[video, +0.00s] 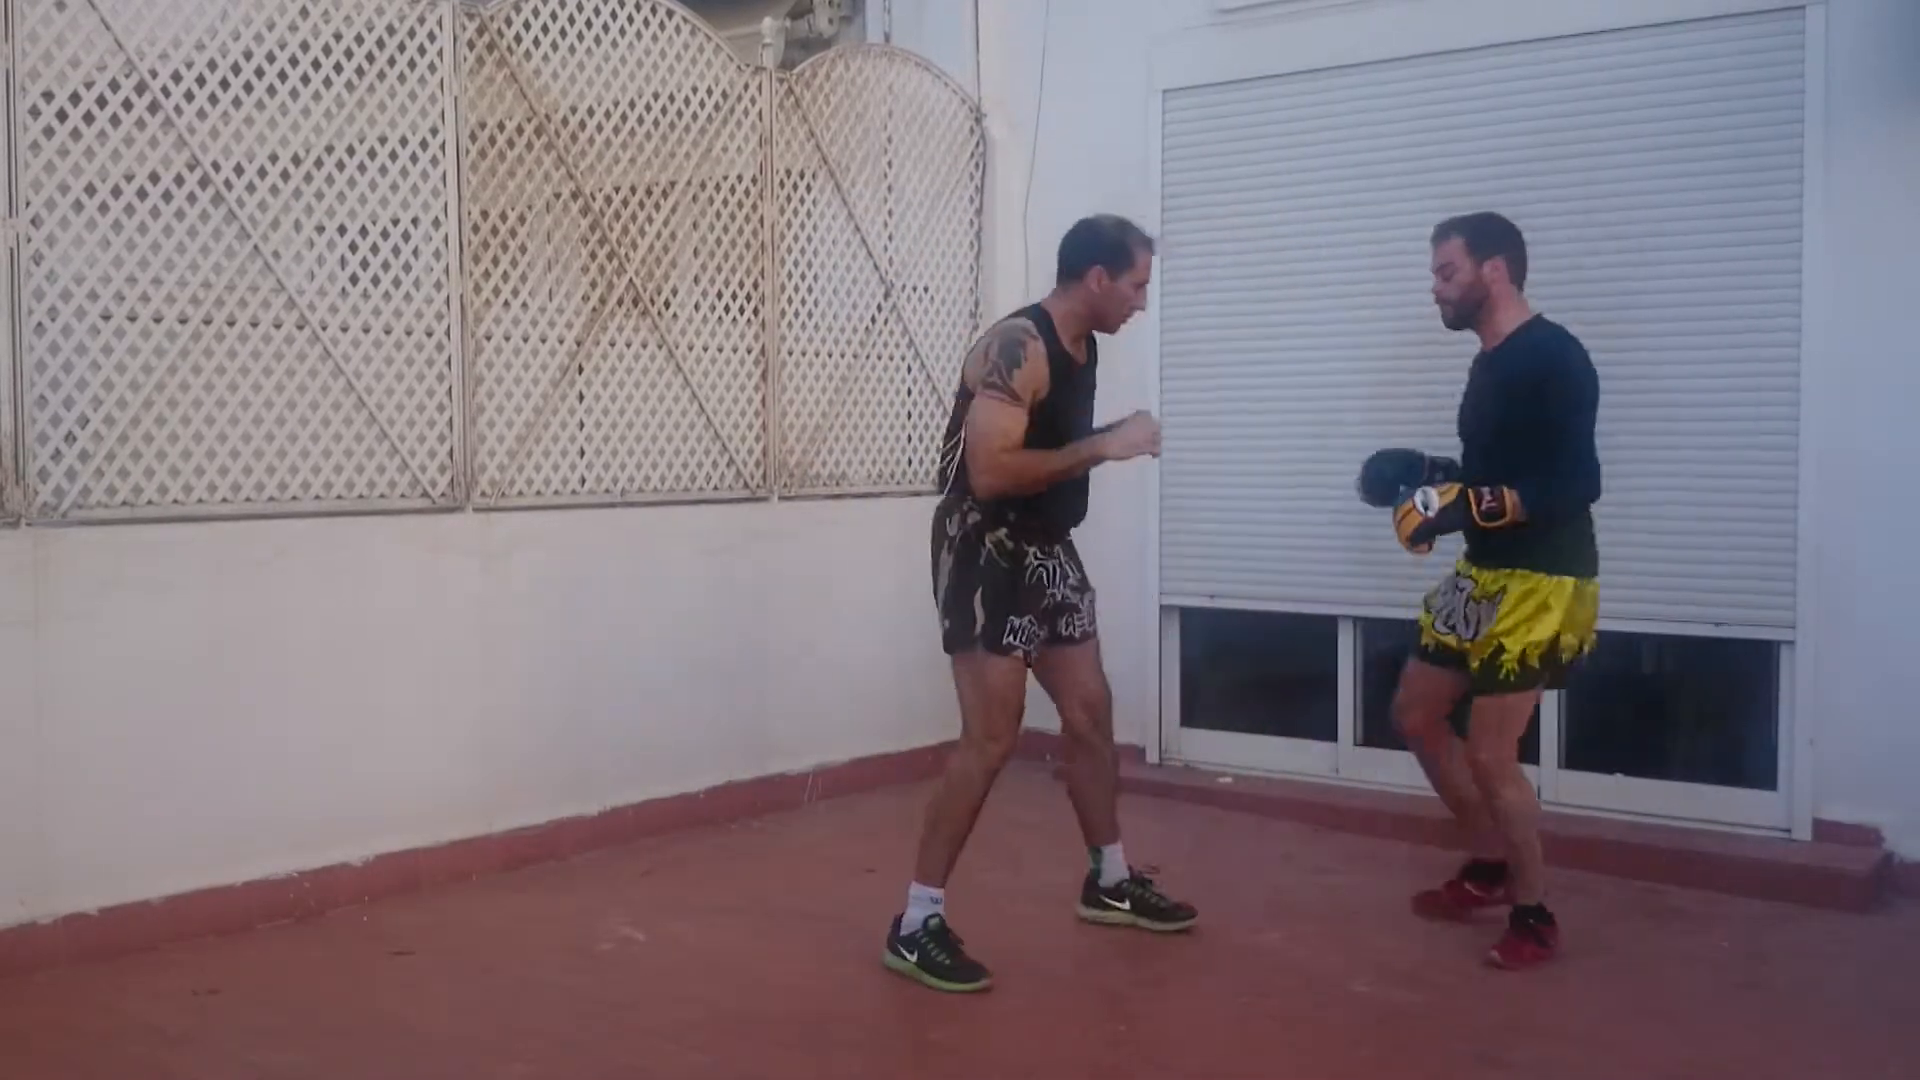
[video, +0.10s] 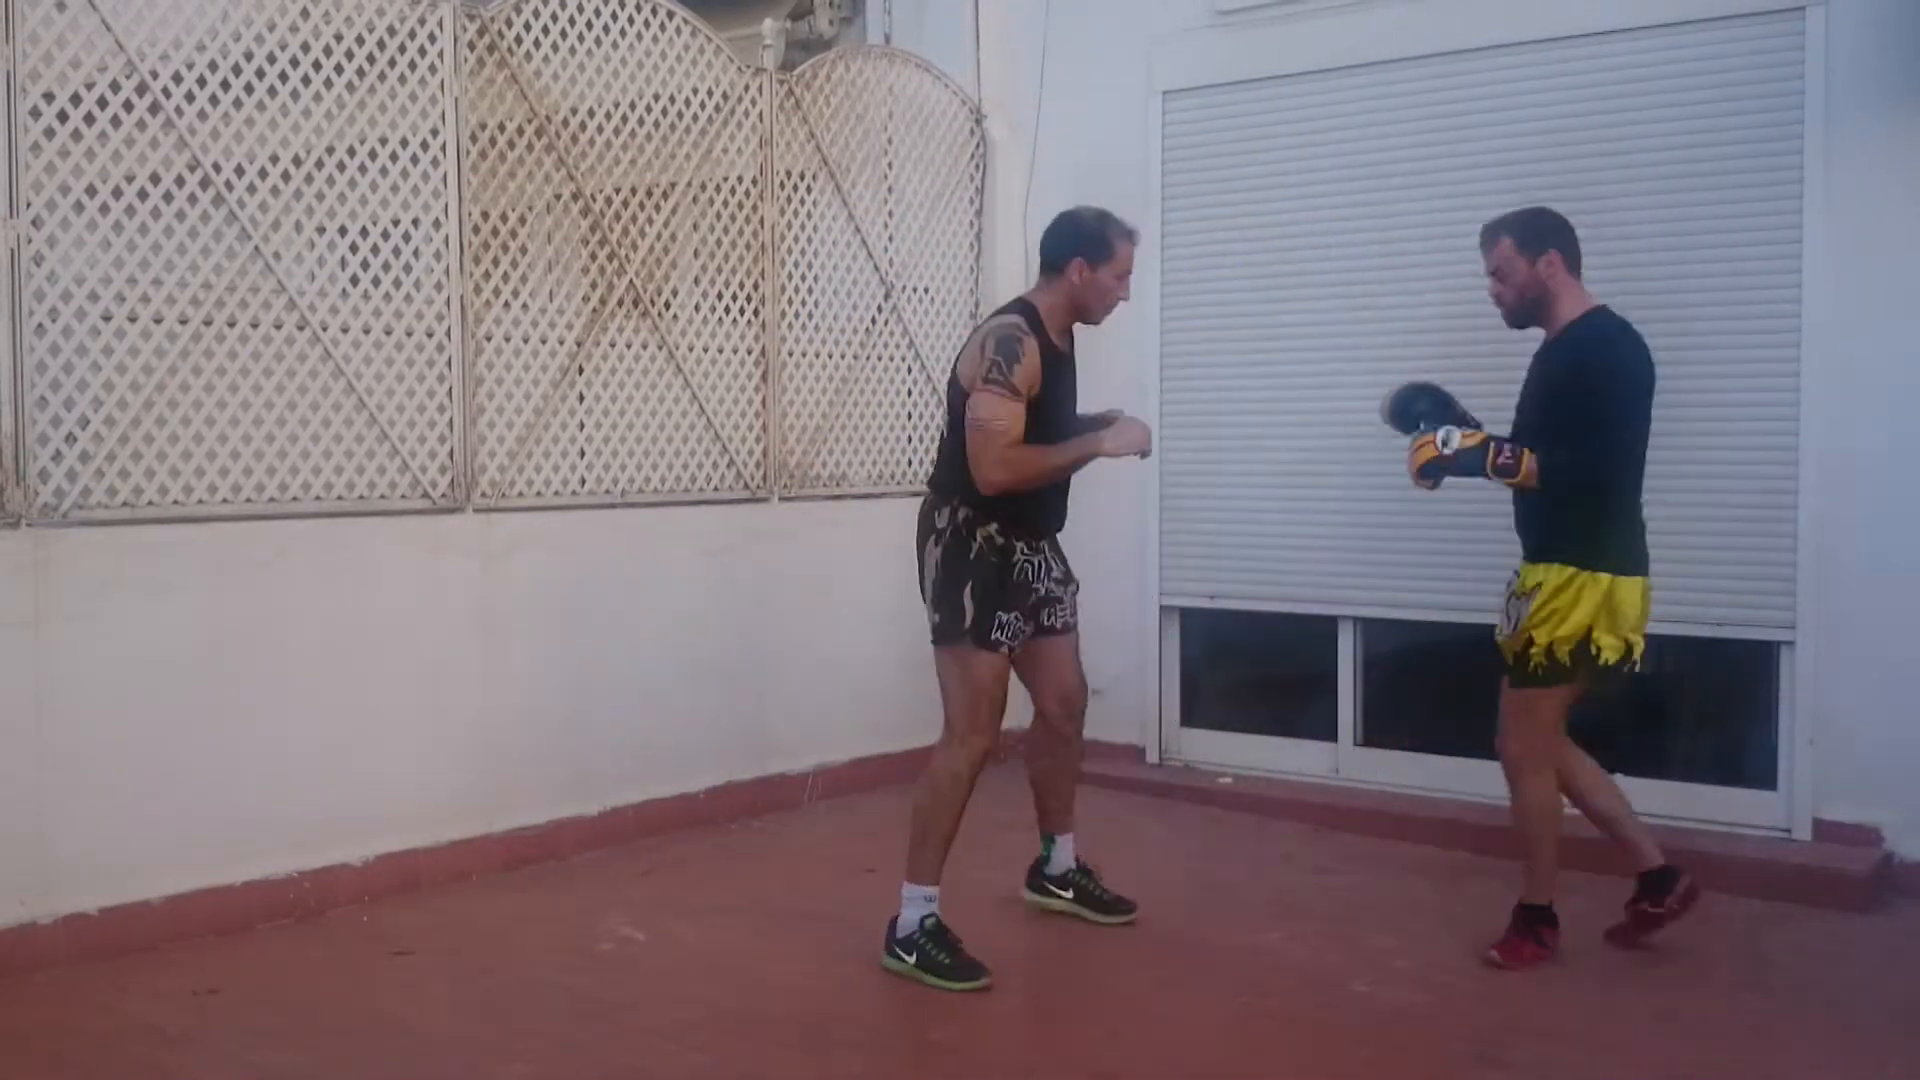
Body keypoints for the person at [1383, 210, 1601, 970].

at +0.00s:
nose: (1436, 287)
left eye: (1447, 271)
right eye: (1434, 274)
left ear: (1497, 271)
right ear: (1485, 276)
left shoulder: (1556, 357)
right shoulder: (1489, 363)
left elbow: (1579, 484)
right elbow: (1497, 472)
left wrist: (1476, 506)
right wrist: (1434, 476)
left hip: (1542, 578)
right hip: (1480, 570)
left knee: (1491, 754)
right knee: (1417, 717)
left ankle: (1534, 916)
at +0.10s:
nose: (1493, 291)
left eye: (1500, 274)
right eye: (1490, 277)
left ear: (1550, 264)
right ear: (1549, 269)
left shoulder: (1593, 350)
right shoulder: (1584, 345)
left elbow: (1578, 476)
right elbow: (1561, 461)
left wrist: (1472, 455)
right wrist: (1478, 438)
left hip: (1575, 573)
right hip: (1586, 569)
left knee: (1525, 743)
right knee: (1542, 738)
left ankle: (1537, 915)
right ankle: (1657, 875)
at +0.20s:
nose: (1548, 298)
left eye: (1555, 280)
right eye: (1543, 283)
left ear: (1604, 264)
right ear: (1600, 272)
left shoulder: (1666, 334)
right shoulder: (1610, 347)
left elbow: (1640, 433)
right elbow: (1537, 440)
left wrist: (1561, 404)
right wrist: (1492, 387)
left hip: (1643, 567)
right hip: (1644, 564)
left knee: (1554, 735)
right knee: (1651, 748)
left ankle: (1571, 916)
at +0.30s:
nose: (1603, 312)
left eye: (1610, 295)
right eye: (1599, 299)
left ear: (1658, 281)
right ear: (1661, 287)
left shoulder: (1704, 357)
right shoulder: (1675, 363)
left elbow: (1660, 438)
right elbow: (1572, 429)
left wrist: (1601, 378)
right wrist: (1542, 353)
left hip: (1710, 590)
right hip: (1744, 591)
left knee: (1568, 723)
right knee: (1739, 776)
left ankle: (1621, 913)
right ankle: (1843, 947)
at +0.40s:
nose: (1645, 308)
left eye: (1653, 291)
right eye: (1643, 295)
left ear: (1705, 283)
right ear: (1707, 288)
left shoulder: (1742, 362)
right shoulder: (1756, 355)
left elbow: (1634, 444)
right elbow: (1680, 452)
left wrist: (1605, 354)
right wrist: (1642, 391)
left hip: (1758, 598)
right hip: (1792, 596)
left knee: (1621, 734)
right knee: (1754, 782)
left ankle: (1658, 947)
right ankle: (1844, 952)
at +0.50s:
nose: (1674, 279)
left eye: (1680, 261)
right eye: (1671, 264)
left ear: (1728, 249)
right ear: (1740, 250)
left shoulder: (1760, 332)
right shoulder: (1799, 324)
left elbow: (1714, 446)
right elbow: (1737, 437)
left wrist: (1656, 380)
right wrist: (1661, 370)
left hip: (1781, 572)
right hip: (1834, 570)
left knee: (1690, 740)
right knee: (1810, 762)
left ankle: (1726, 960)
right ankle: (1859, 944)